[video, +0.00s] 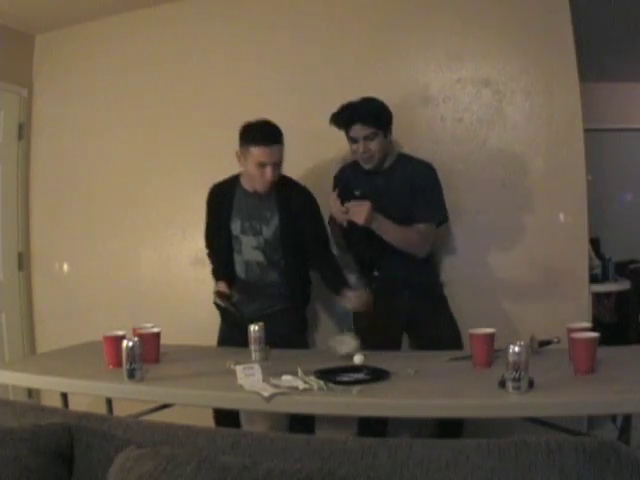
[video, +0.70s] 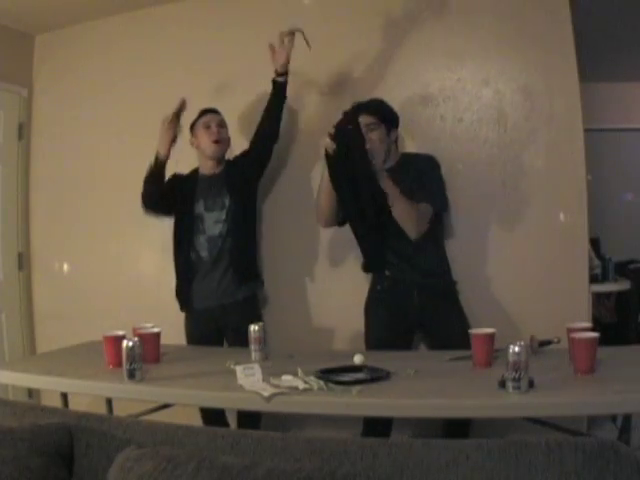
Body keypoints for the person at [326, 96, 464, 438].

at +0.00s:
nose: (361, 149)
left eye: (370, 139)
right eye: (354, 141)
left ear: (388, 135)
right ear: (347, 141)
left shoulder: (420, 173)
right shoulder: (346, 178)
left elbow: (422, 244)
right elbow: (342, 244)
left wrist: (373, 220)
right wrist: (338, 224)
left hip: (420, 291)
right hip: (372, 293)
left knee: (451, 373)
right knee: (372, 383)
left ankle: (446, 460)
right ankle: (369, 465)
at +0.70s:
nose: (363, 138)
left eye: (371, 129)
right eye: (356, 132)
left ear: (391, 134)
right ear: (351, 140)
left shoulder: (422, 167)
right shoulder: (357, 178)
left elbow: (416, 226)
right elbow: (326, 219)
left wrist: (380, 175)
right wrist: (332, 162)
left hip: (434, 291)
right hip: (386, 295)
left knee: (460, 376)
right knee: (379, 384)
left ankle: (457, 464)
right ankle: (368, 469)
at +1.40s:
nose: (382, 137)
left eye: (390, 127)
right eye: (377, 131)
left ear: (412, 129)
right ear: (372, 136)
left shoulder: (437, 164)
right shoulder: (366, 173)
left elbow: (415, 177)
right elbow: (322, 159)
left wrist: (368, 124)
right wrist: (333, 105)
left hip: (435, 287)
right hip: (388, 289)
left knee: (448, 378)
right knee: (380, 379)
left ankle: (444, 463)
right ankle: (369, 463)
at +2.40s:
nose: (373, 140)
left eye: (378, 132)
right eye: (363, 132)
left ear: (393, 142)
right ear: (354, 142)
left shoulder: (409, 175)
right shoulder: (347, 183)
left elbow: (440, 190)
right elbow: (305, 192)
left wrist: (412, 132)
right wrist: (306, 134)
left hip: (408, 290)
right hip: (357, 293)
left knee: (427, 381)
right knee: (346, 385)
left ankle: (438, 469)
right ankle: (340, 469)